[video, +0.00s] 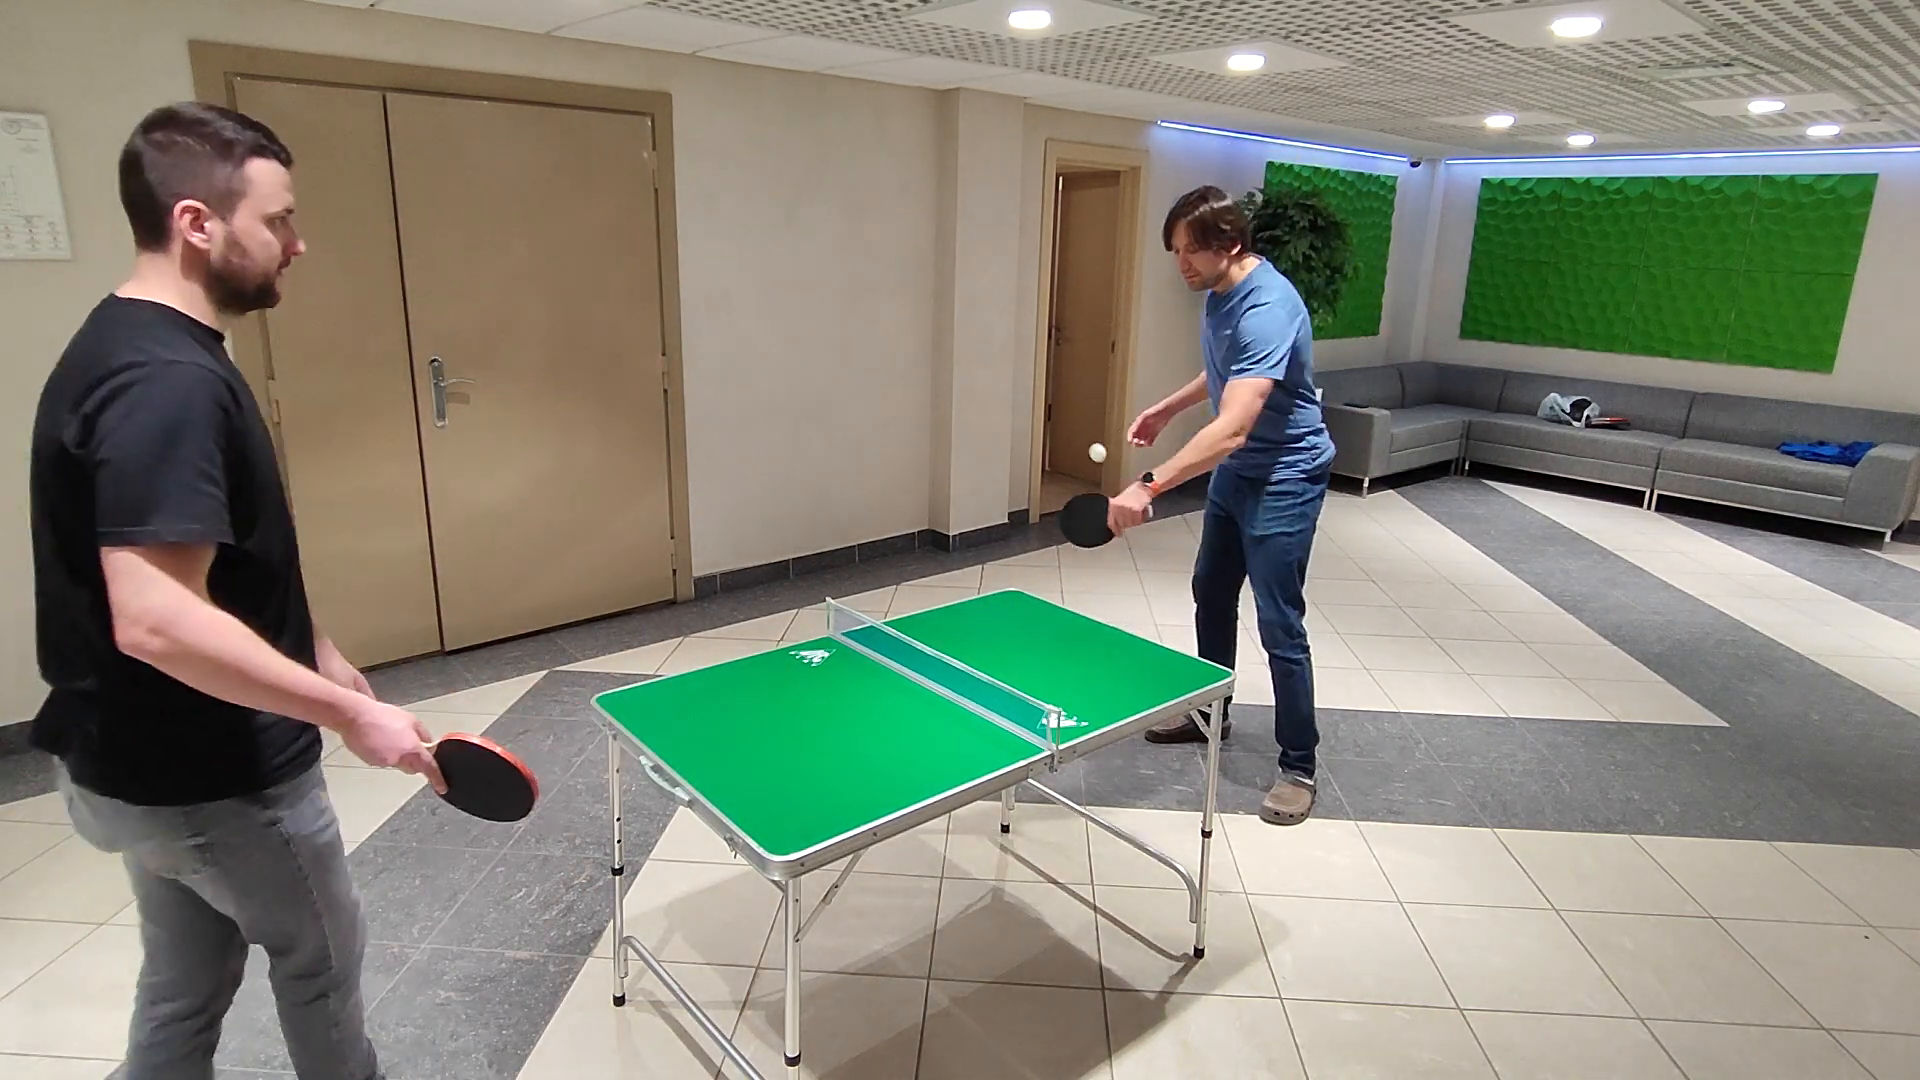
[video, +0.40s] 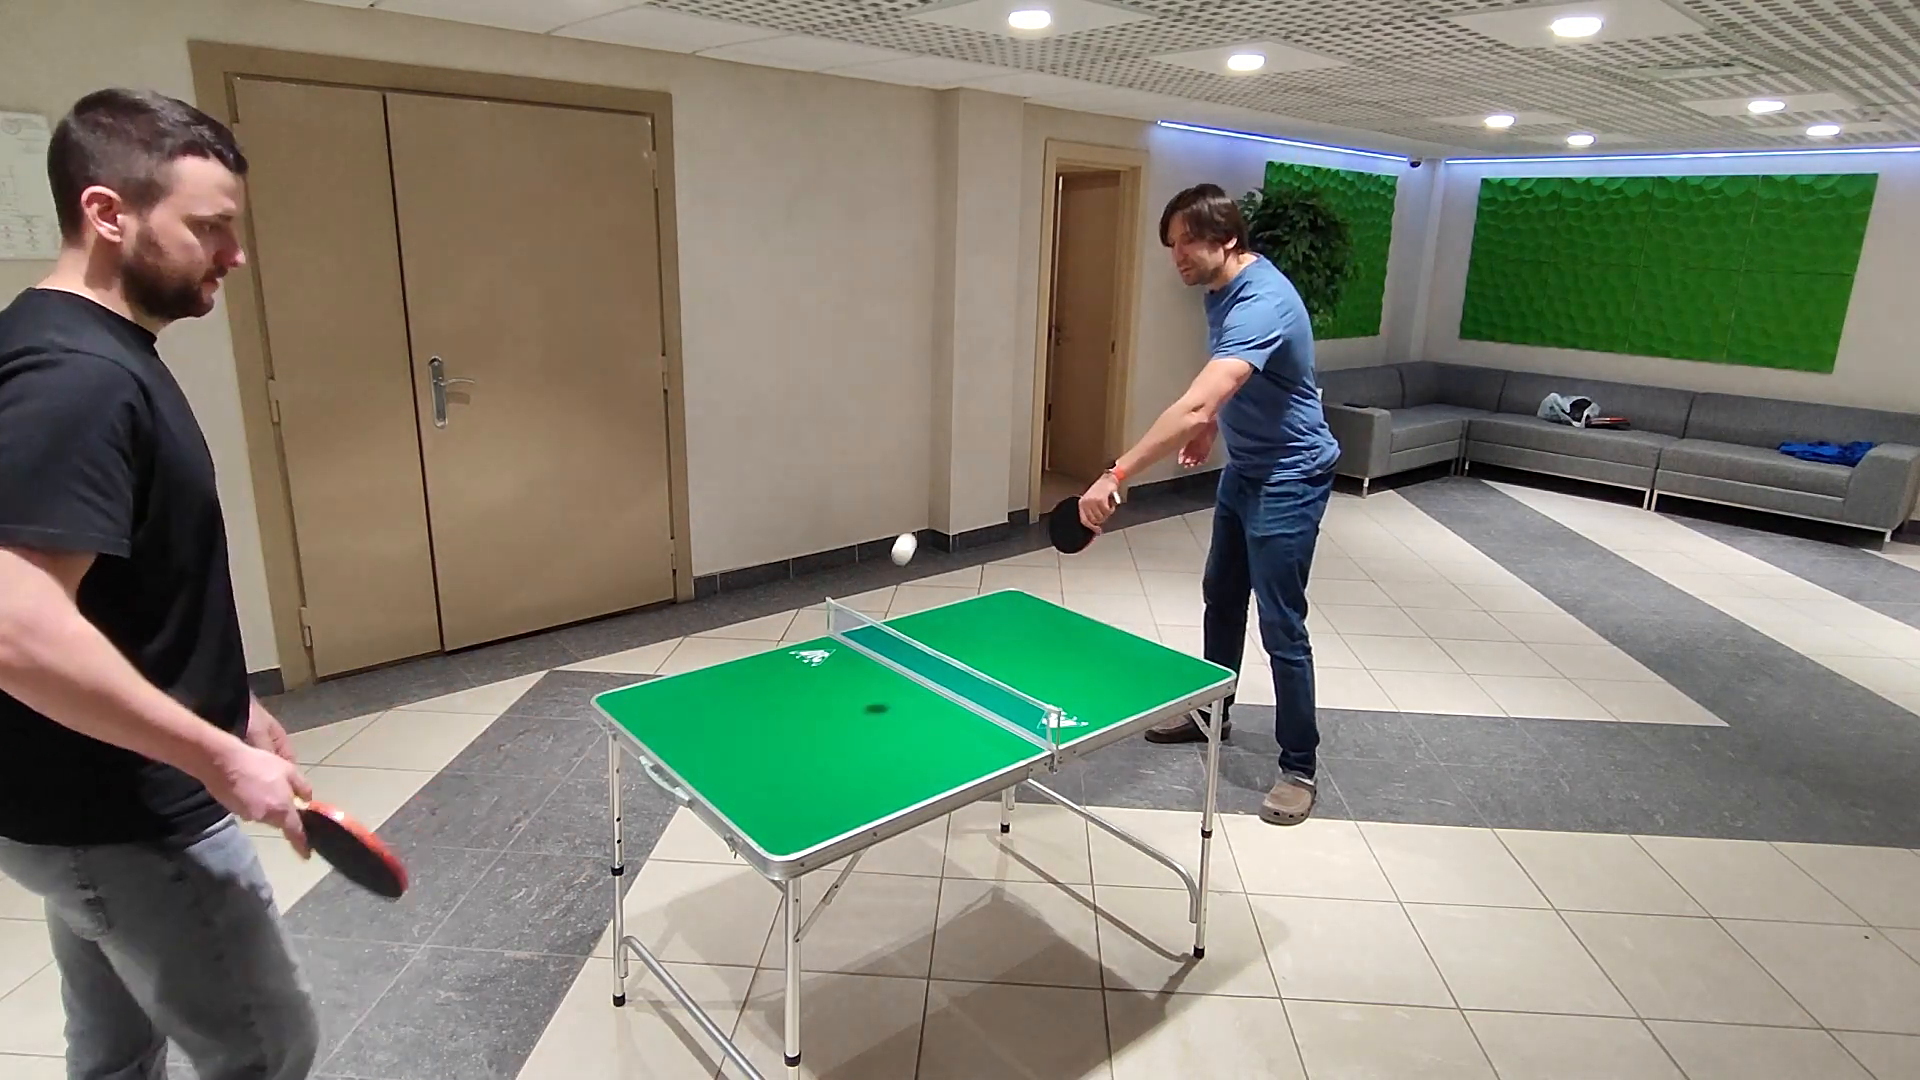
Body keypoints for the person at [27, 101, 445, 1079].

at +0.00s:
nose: (295, 246)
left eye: (293, 222)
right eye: (278, 221)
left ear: (196, 228)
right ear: (196, 225)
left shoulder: (121, 343)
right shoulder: (171, 374)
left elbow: (230, 559)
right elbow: (151, 617)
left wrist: (327, 666)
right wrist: (352, 712)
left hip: (140, 774)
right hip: (230, 782)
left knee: (180, 999)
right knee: (321, 963)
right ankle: (343, 1073)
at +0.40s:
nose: (233, 258)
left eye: (233, 232)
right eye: (208, 228)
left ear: (113, 221)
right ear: (107, 213)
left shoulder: (83, 344)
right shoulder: (78, 372)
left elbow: (126, 591)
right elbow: (19, 626)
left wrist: (242, 713)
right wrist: (218, 759)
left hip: (76, 807)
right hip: (134, 822)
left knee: (114, 1053)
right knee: (267, 1051)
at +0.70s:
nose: (265, 279)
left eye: (266, 251)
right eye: (245, 247)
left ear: (138, 231)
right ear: (137, 226)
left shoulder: (113, 356)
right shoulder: (73, 398)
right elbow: (44, 685)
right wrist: (281, 774)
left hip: (141, 850)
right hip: (110, 874)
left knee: (187, 1060)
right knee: (174, 1069)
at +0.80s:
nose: (258, 280)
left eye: (262, 250)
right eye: (238, 248)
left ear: (128, 228)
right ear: (131, 224)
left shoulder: (75, 345)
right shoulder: (87, 409)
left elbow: (139, 600)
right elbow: (144, 687)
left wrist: (232, 714)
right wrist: (379, 745)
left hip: (119, 846)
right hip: (117, 874)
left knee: (183, 1059)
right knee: (173, 1071)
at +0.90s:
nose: (248, 271)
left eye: (249, 243)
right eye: (228, 238)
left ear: (114, 220)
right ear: (118, 216)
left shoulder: (29, 338)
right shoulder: (107, 411)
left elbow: (95, 573)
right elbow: (245, 655)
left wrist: (239, 676)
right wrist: (477, 698)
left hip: (62, 845)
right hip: (125, 874)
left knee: (165, 1059)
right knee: (182, 1070)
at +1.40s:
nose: (212, 254)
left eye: (209, 227)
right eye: (194, 223)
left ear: (95, 217)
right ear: (102, 214)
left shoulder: (14, 342)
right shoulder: (106, 378)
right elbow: (165, 637)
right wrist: (341, 723)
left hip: (39, 834)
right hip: (136, 847)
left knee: (100, 1064)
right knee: (207, 1067)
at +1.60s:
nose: (261, 292)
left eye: (264, 266)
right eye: (254, 261)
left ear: (163, 242)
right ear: (175, 244)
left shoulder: (38, 361)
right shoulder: (112, 381)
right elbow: (118, 643)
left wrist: (219, 753)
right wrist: (267, 775)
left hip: (45, 854)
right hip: (119, 860)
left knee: (98, 1069)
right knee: (228, 1063)